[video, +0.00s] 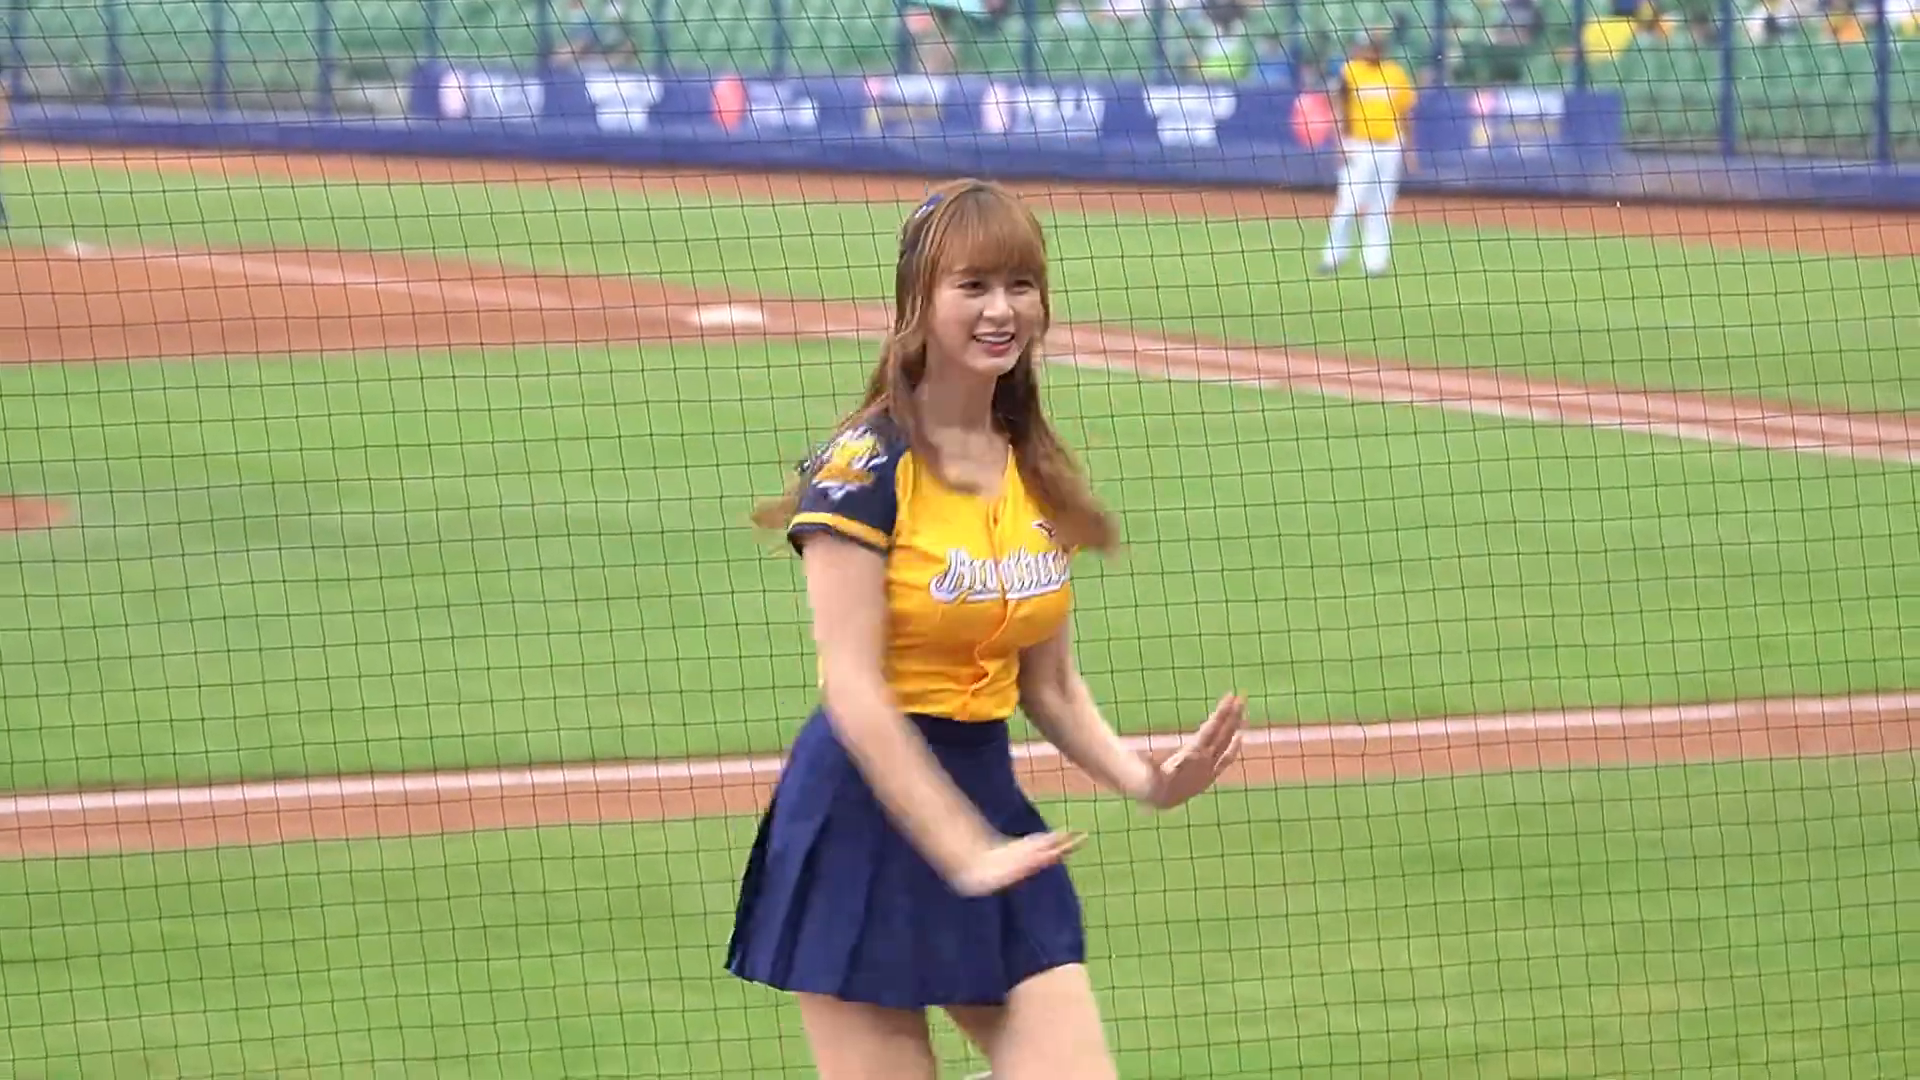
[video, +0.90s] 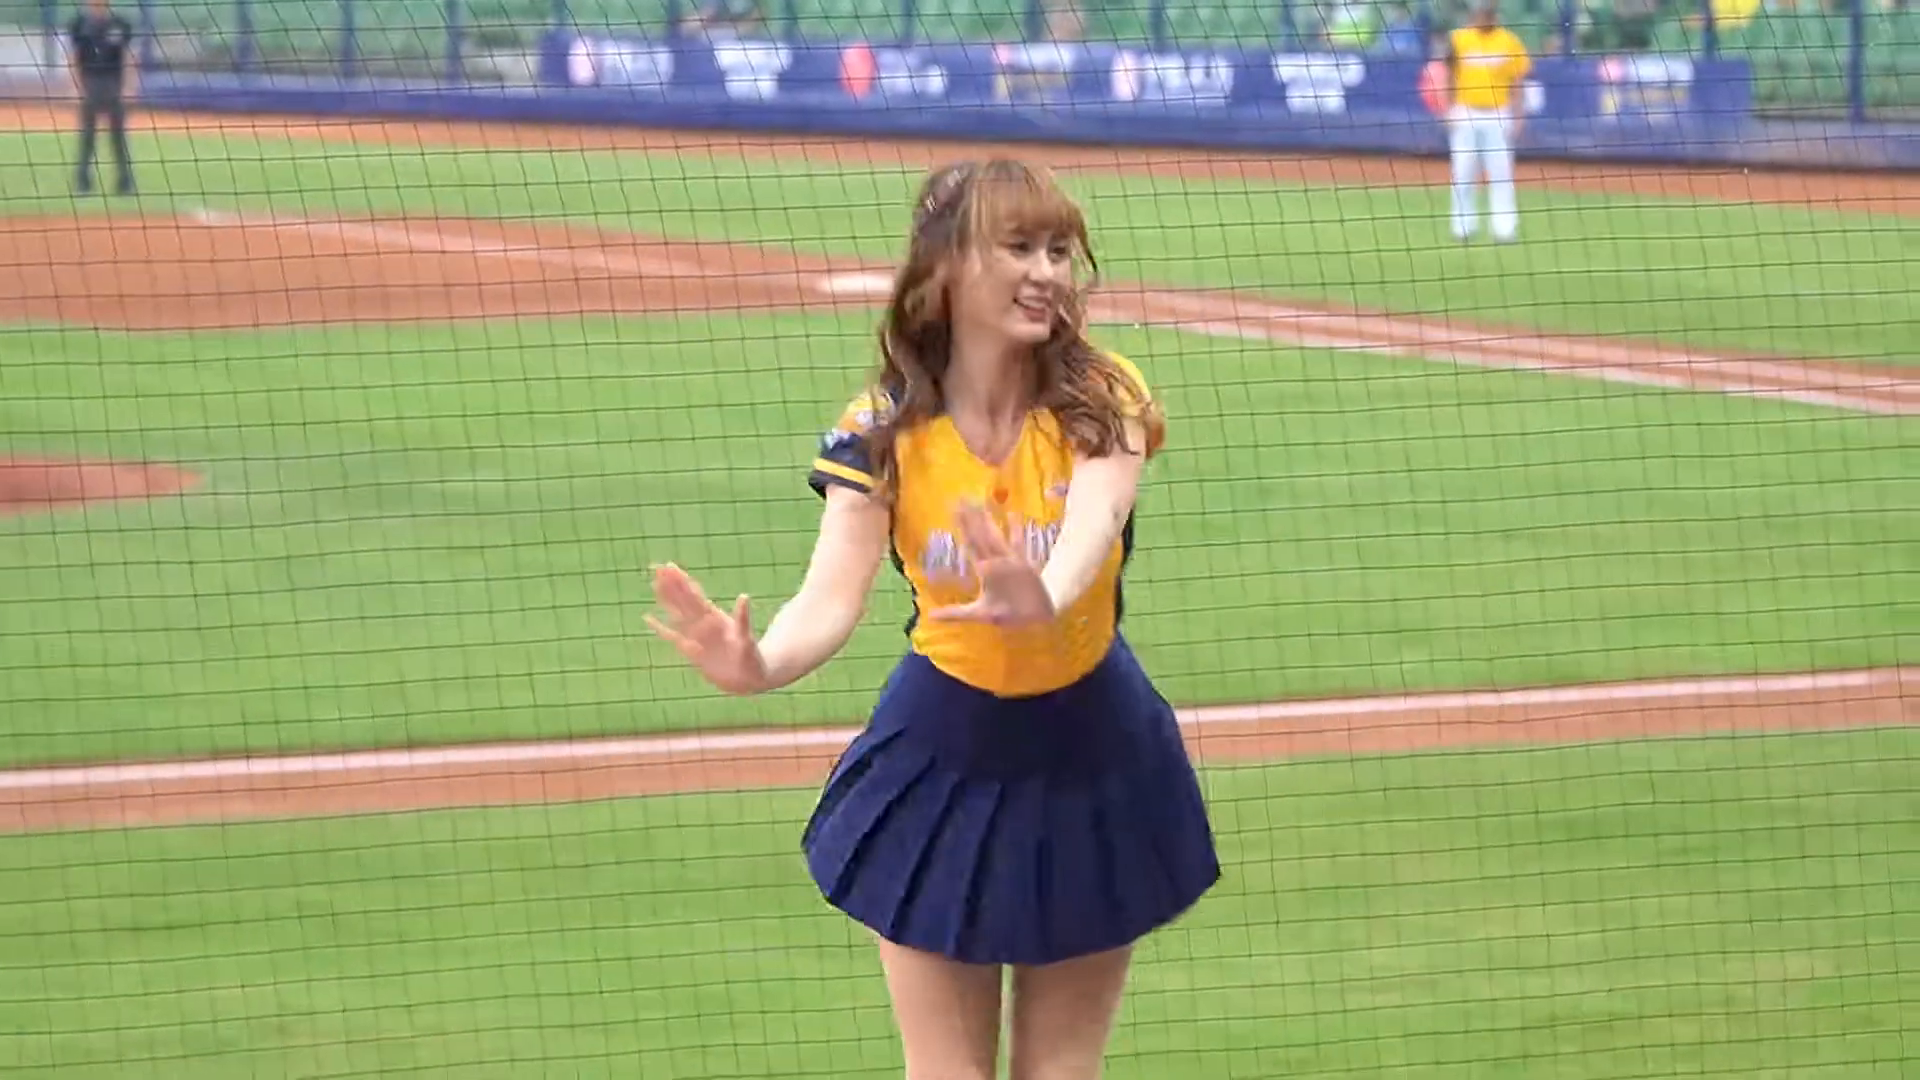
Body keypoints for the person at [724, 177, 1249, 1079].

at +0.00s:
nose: (1001, 309)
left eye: (1019, 285)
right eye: (972, 285)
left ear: (1039, 301)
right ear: (917, 301)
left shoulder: (1034, 469)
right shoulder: (861, 470)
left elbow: (1050, 680)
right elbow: (851, 688)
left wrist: (1139, 778)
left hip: (988, 793)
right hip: (862, 792)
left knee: (1078, 1062)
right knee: (883, 1063)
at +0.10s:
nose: (1022, 267)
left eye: (1041, 242)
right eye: (992, 247)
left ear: (1066, 258)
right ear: (942, 268)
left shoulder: (1049, 436)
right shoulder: (905, 406)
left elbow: (1104, 628)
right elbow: (970, 614)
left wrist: (1222, 703)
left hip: (944, 759)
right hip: (824, 751)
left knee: (991, 1063)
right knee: (840, 1065)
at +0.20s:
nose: (1045, 269)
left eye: (1062, 242)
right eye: (1013, 249)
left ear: (1089, 256)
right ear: (968, 273)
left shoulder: (1068, 428)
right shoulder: (953, 384)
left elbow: (1189, 612)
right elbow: (1078, 556)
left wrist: (1364, 639)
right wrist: (1273, 607)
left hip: (909, 757)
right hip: (794, 749)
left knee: (891, 1067)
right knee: (797, 1067)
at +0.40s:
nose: (1045, 269)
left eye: (1061, 244)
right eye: (1014, 251)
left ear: (1083, 260)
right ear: (966, 276)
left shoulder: (1068, 423)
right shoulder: (949, 405)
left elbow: (1189, 578)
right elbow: (1025, 593)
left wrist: (1372, 645)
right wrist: (1224, 611)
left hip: (907, 761)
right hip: (805, 752)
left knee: (905, 1068)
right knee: (813, 1069)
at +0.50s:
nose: (1025, 256)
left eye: (1042, 231)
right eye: (997, 233)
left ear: (1062, 243)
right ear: (937, 246)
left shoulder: (1049, 396)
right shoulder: (889, 391)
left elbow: (1115, 584)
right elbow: (898, 603)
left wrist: (1218, 707)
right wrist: (1059, 702)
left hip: (965, 747)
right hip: (856, 743)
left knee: (983, 1063)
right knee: (891, 1066)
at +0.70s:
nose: (1000, 304)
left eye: (1015, 280)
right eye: (975, 279)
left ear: (1032, 291)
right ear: (909, 287)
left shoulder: (1052, 423)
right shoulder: (832, 452)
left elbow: (1086, 596)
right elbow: (842, 649)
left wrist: (1075, 736)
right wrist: (894, 778)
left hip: (1049, 770)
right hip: (906, 784)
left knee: (1077, 1058)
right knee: (955, 1062)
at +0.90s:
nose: (1047, 270)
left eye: (1060, 250)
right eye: (1017, 246)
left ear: (1076, 271)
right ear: (942, 271)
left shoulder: (1103, 398)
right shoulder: (882, 427)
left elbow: (1095, 521)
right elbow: (829, 595)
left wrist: (1041, 594)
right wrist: (763, 666)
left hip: (1089, 753)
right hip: (942, 751)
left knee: (1060, 1065)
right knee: (948, 1066)